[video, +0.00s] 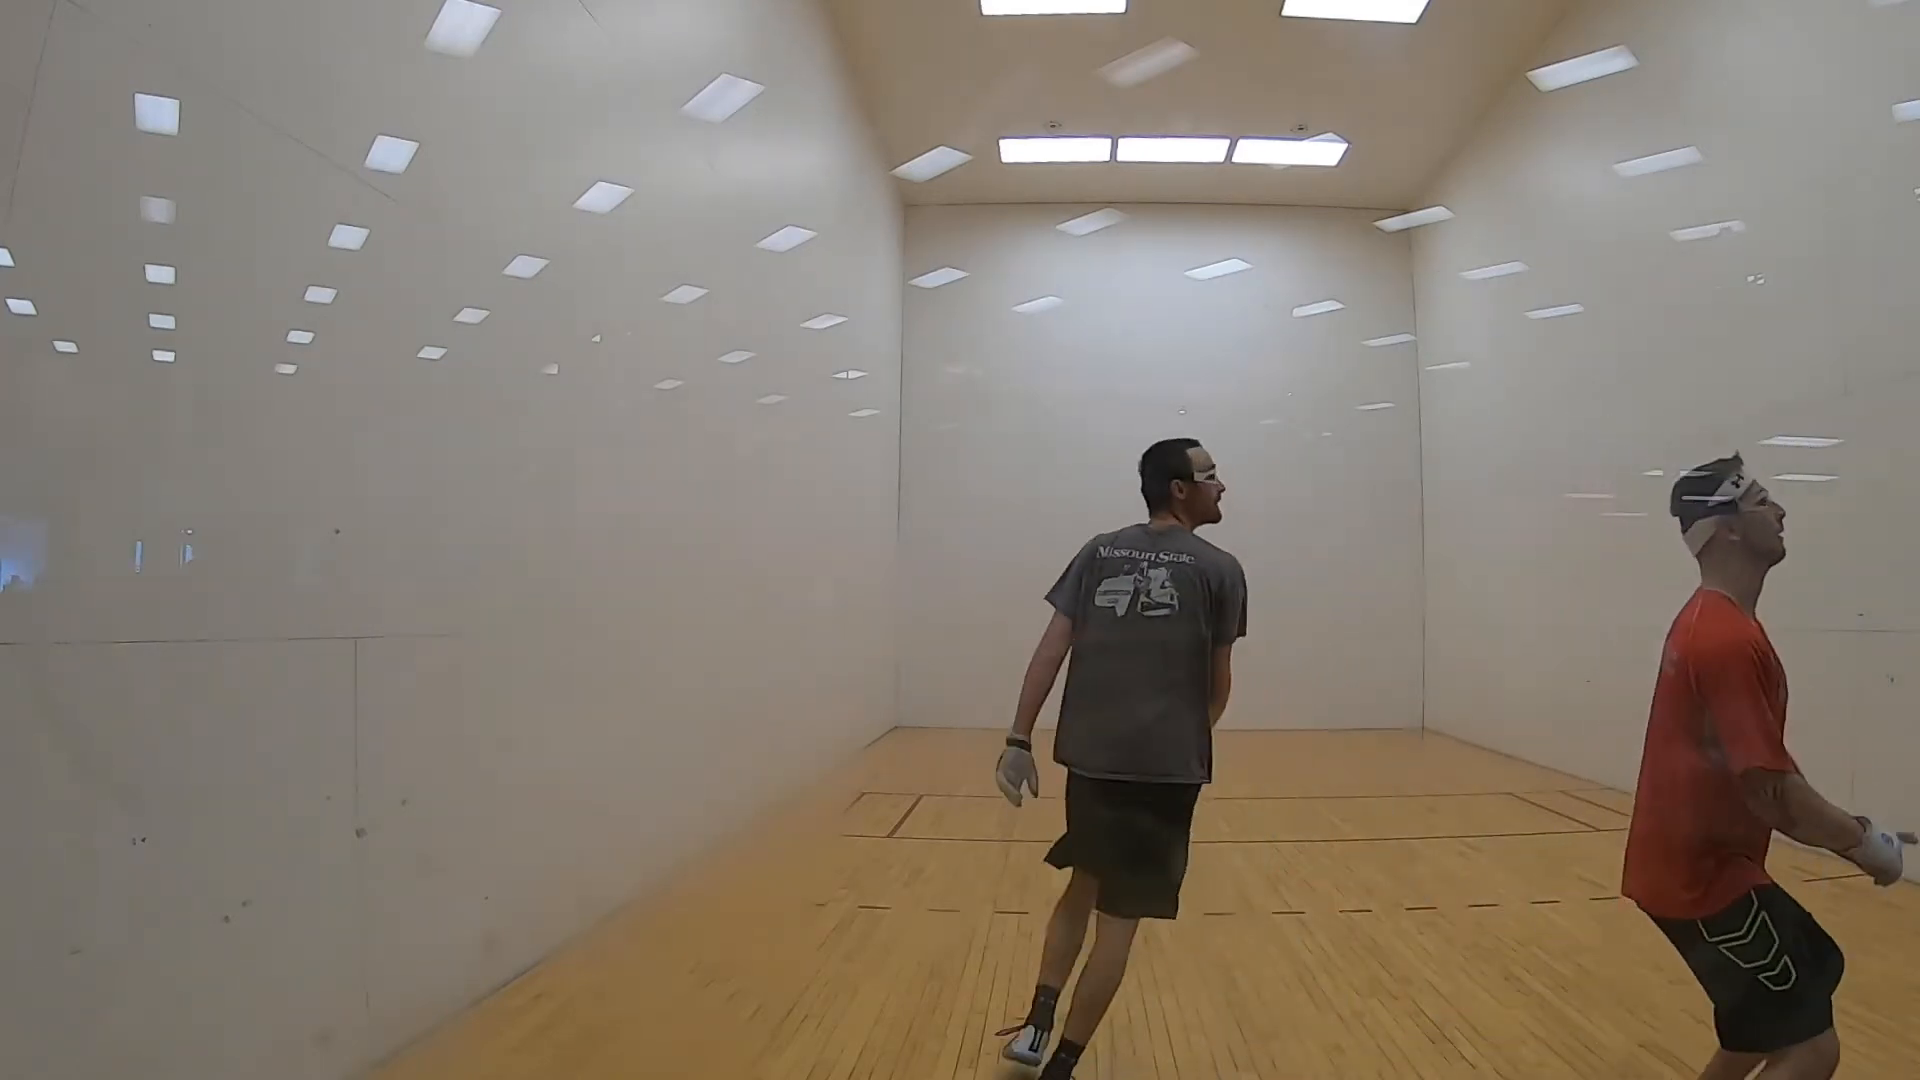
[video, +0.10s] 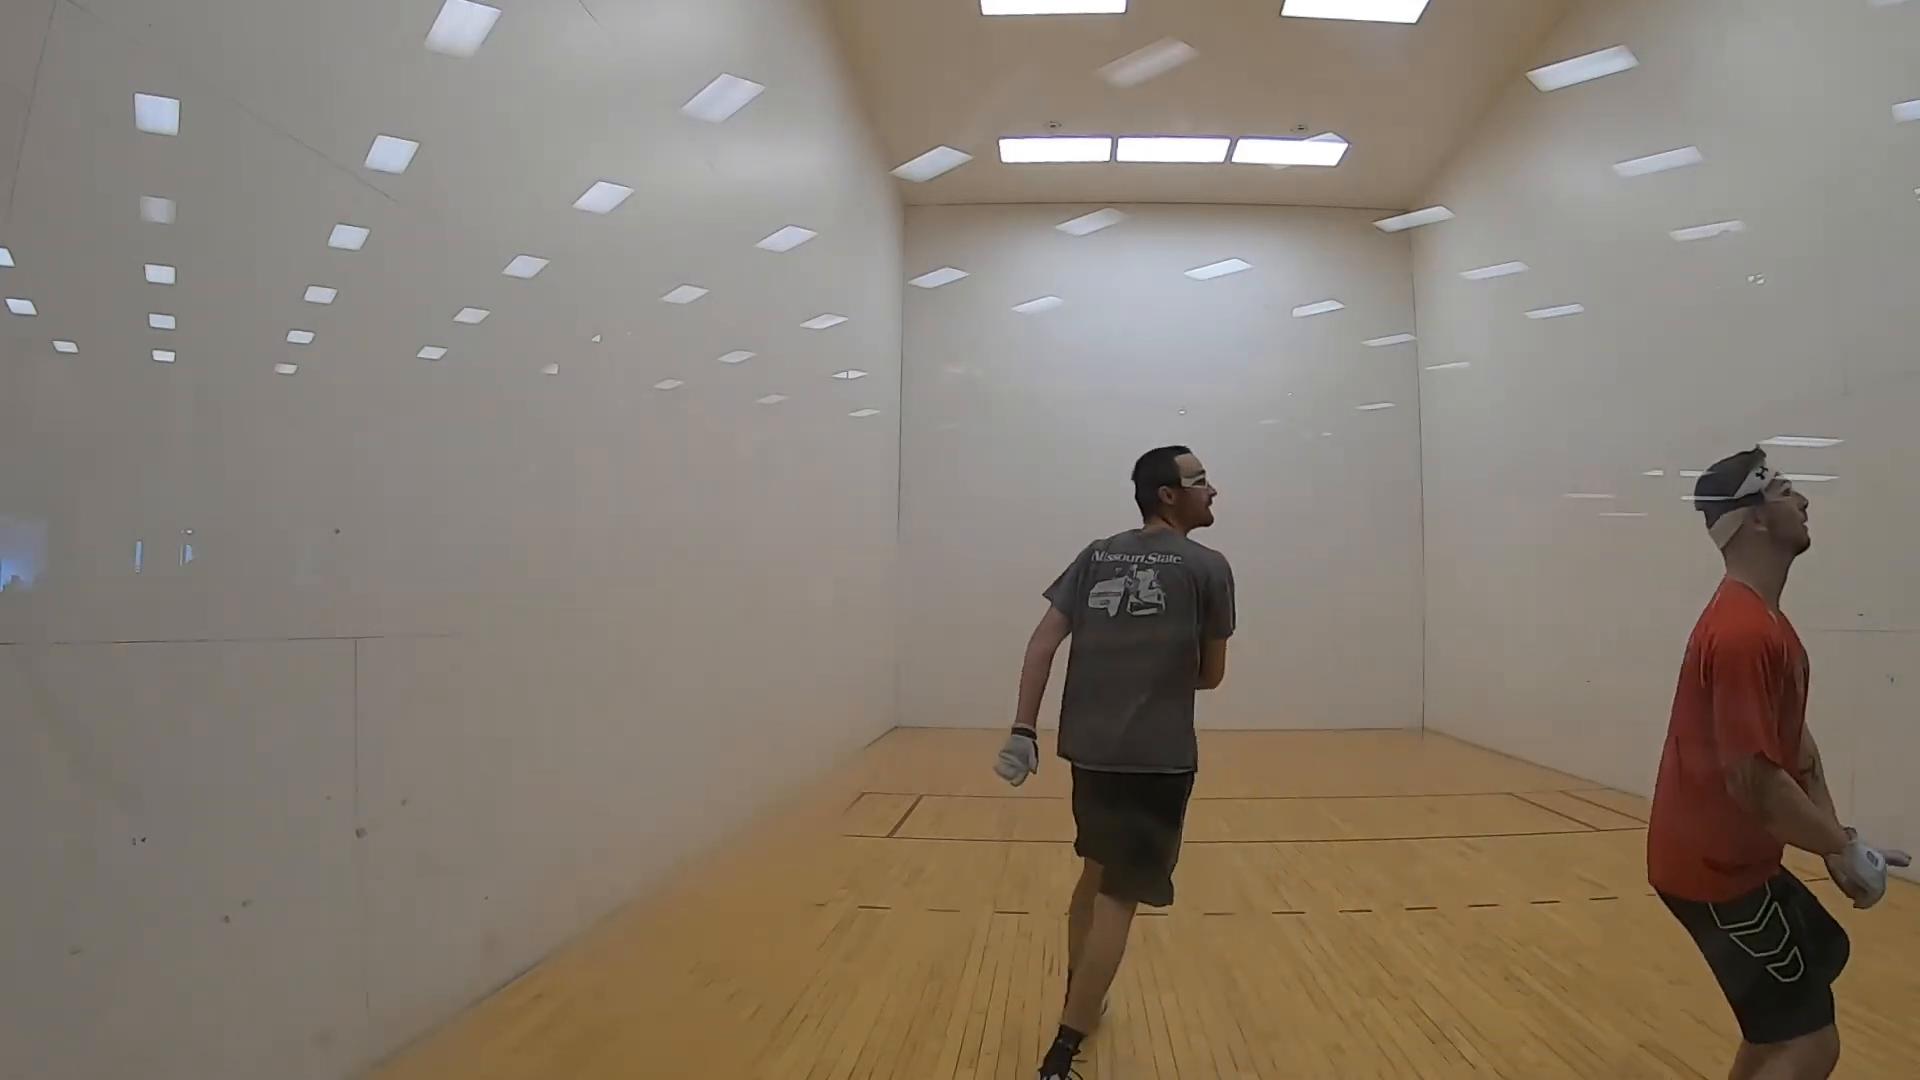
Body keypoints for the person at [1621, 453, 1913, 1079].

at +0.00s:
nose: (1778, 510)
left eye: (1768, 497)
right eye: (1759, 501)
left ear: (1725, 533)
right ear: (1724, 528)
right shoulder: (1726, 636)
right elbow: (1770, 790)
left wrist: (1848, 832)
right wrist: (1863, 845)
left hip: (1684, 865)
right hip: (1701, 877)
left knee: (1754, 1030)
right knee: (1812, 1052)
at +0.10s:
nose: (1802, 499)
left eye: (1791, 488)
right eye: (1784, 491)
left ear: (1756, 521)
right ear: (1752, 518)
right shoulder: (1741, 631)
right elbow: (1750, 781)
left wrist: (1838, 845)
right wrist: (1840, 848)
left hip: (1738, 858)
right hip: (1714, 873)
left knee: (1819, 956)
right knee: (1810, 1048)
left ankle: (1754, 1066)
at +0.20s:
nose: (1818, 484)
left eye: (1808, 474)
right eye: (1801, 475)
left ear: (1769, 503)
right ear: (1769, 499)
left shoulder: (1786, 598)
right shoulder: (1744, 605)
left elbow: (1809, 711)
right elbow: (1732, 735)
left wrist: (1836, 788)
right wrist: (1830, 799)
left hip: (1749, 829)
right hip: (1719, 838)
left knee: (1819, 934)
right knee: (1780, 1021)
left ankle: (1768, 1061)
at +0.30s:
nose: (1830, 480)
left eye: (1823, 469)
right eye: (1816, 471)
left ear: (1781, 493)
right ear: (1786, 490)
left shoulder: (1792, 574)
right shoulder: (1756, 572)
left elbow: (1826, 662)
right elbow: (1741, 664)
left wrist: (1856, 698)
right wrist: (1845, 711)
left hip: (1738, 803)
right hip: (1709, 806)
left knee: (1778, 964)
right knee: (1770, 972)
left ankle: (1757, 1068)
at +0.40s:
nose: (1836, 488)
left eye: (1829, 477)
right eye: (1823, 479)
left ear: (1787, 500)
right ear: (1792, 498)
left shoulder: (1791, 576)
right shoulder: (1756, 564)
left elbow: (1857, 656)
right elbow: (1768, 606)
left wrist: (1908, 702)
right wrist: (1875, 618)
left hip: (1708, 778)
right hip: (1691, 784)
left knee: (1735, 933)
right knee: (1764, 950)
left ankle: (1731, 1060)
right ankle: (1691, 1075)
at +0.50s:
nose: (1833, 547)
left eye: (1830, 537)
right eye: (1826, 537)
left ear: (1778, 546)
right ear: (1796, 546)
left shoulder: (1800, 622)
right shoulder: (1749, 597)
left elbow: (1867, 686)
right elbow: (1793, 583)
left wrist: (1915, 732)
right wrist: (1893, 579)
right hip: (1671, 806)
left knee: (1703, 925)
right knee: (1739, 966)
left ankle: (1694, 1033)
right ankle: (1666, 1067)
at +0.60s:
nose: (1837, 578)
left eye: (1831, 570)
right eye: (1829, 572)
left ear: (1787, 589)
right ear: (1812, 583)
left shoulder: (1790, 651)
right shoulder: (1760, 638)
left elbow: (1762, 708)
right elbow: (1786, 601)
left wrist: (1796, 726)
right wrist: (1891, 607)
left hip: (1633, 799)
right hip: (1666, 829)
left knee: (1665, 904)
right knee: (1743, 976)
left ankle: (1670, 999)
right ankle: (1658, 1075)